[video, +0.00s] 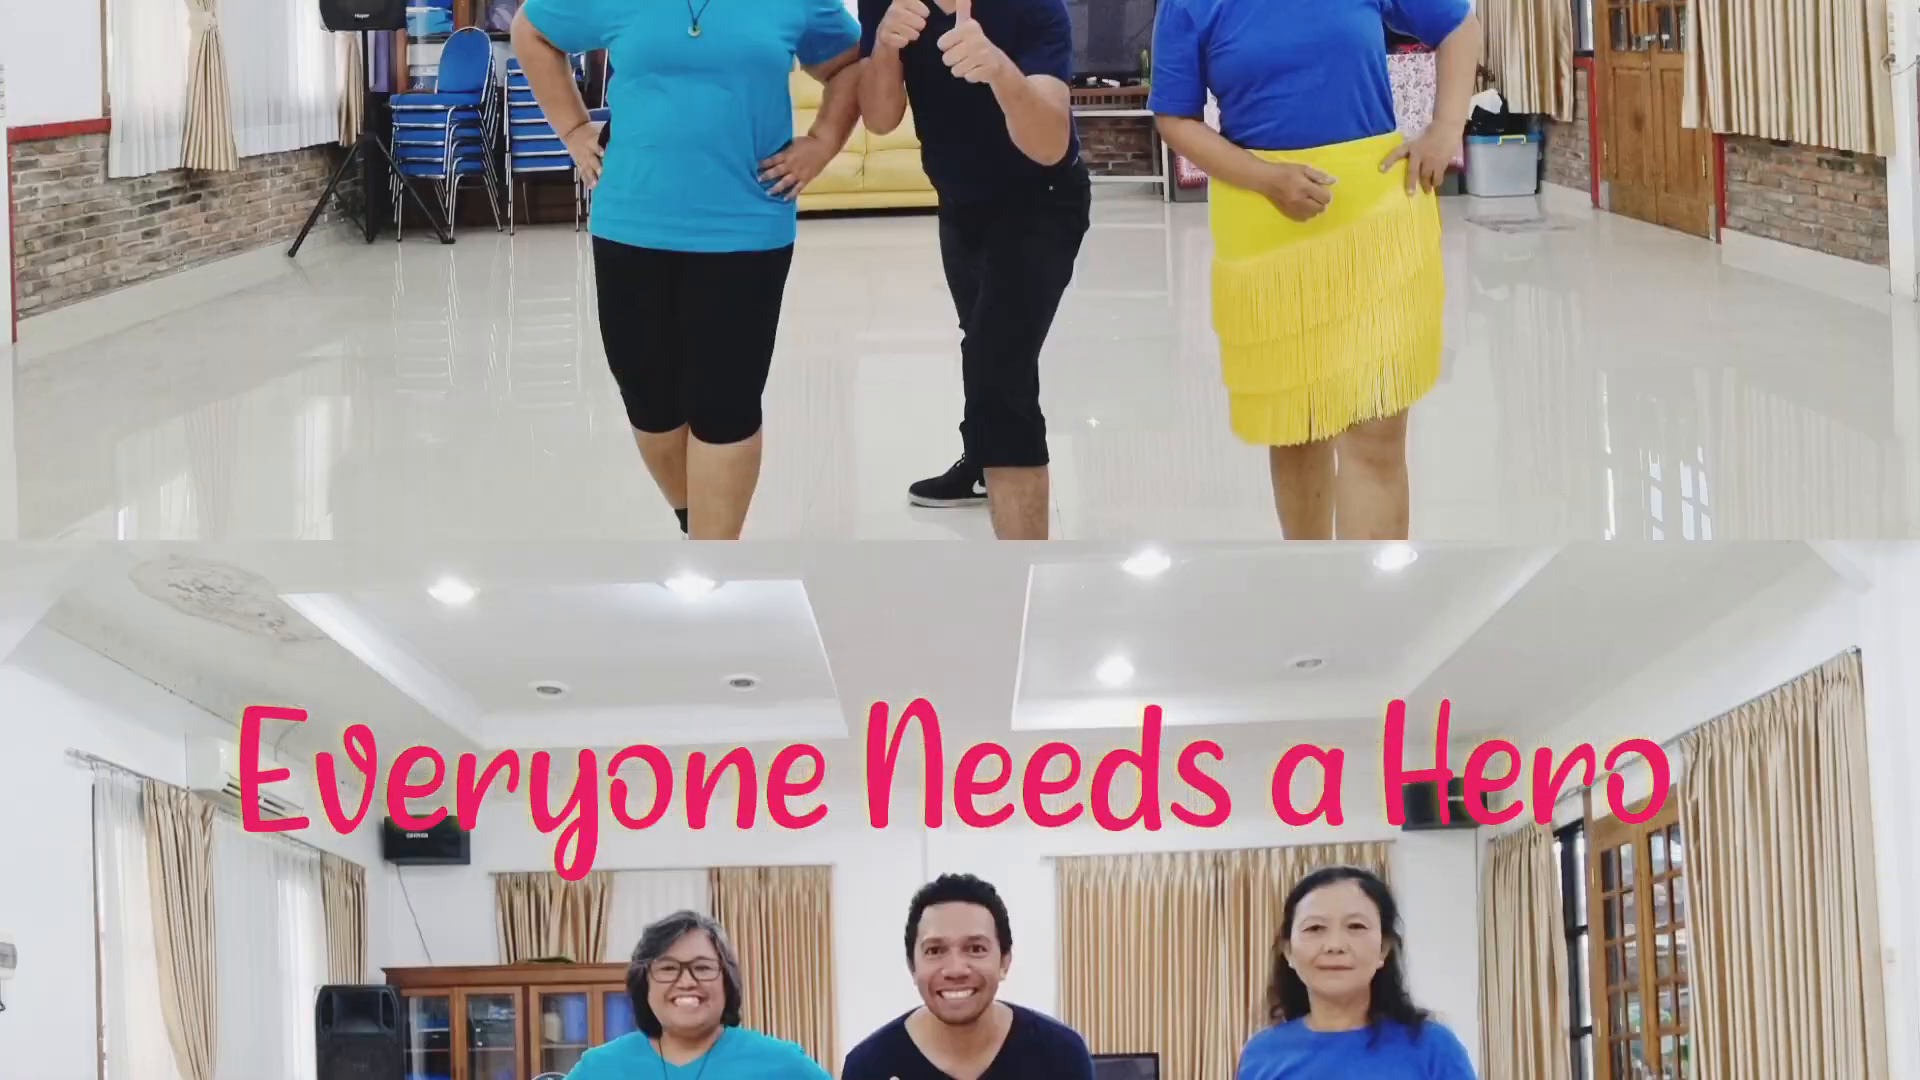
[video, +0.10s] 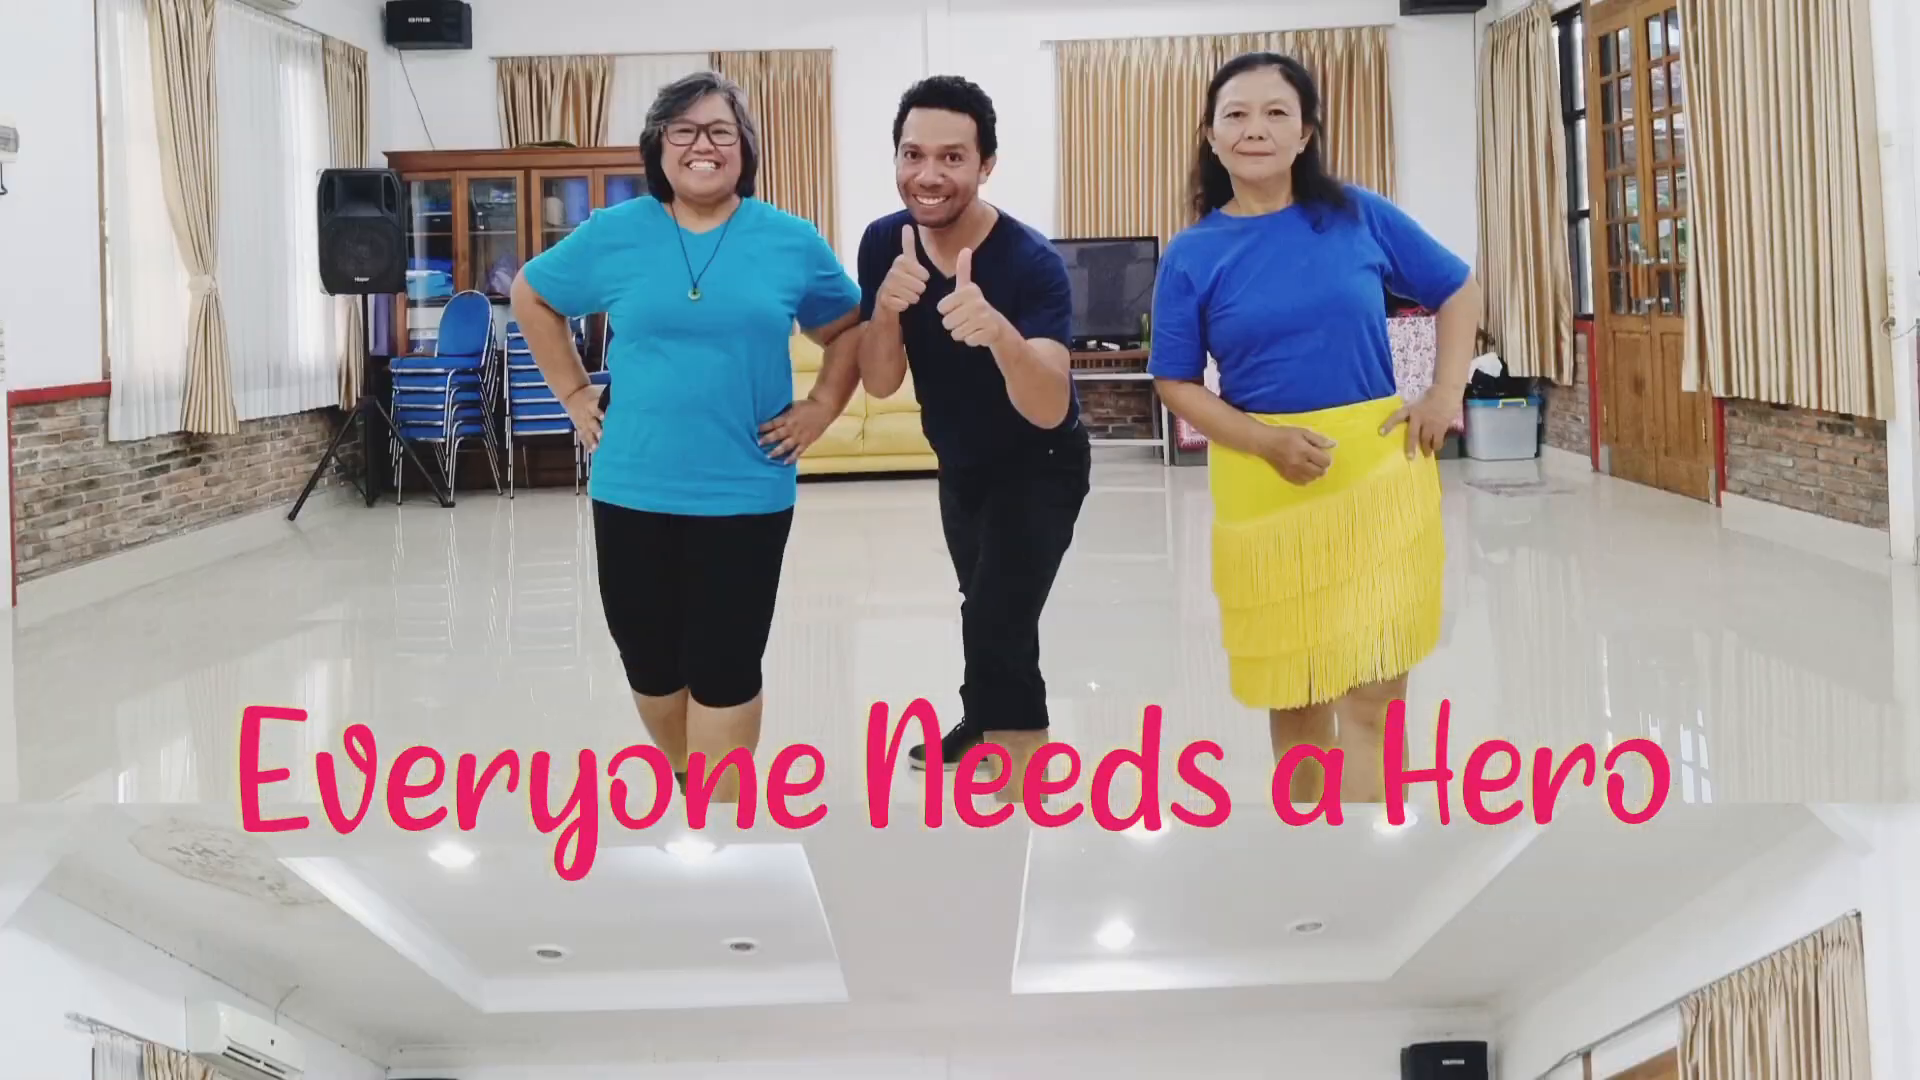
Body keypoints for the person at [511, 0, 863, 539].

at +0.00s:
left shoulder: (797, 6)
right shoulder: (614, 5)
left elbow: (849, 65)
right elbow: (530, 29)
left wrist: (821, 144)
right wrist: (575, 128)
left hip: (745, 227)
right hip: (631, 223)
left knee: (724, 413)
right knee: (653, 411)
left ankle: (707, 577)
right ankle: (695, 526)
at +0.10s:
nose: (703, 144)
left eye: (720, 132)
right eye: (686, 131)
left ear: (746, 150)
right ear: (659, 149)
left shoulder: (790, 241)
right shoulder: (615, 232)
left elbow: (848, 331)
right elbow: (530, 294)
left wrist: (822, 406)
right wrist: (573, 393)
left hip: (744, 499)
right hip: (632, 495)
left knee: (723, 682)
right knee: (654, 678)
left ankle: (720, 834)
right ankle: (685, 797)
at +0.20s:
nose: (703, 304)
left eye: (720, 292)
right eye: (686, 291)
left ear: (746, 310)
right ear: (659, 309)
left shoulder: (789, 401)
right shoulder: (614, 393)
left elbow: (848, 491)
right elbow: (530, 453)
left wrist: (822, 566)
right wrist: (574, 553)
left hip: (745, 657)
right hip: (633, 653)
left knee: (725, 837)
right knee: (654, 837)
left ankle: (707, 997)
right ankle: (700, 958)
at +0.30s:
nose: (703, 386)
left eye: (720, 374)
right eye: (686, 374)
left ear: (746, 391)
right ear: (660, 391)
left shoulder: (789, 483)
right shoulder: (616, 475)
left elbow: (848, 574)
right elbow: (530, 535)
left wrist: (822, 648)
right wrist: (574, 635)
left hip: (743, 744)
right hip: (632, 741)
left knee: (724, 928)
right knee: (657, 927)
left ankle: (711, 1064)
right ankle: (702, 1041)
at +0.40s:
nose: (703, 417)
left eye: (720, 404)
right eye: (685, 404)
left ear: (746, 422)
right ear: (659, 421)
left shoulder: (790, 514)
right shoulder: (615, 505)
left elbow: (848, 604)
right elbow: (530, 565)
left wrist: (821, 679)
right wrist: (574, 666)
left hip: (743, 778)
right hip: (632, 774)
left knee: (724, 956)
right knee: (656, 955)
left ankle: (715, 1079)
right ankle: (701, 1063)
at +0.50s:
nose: (703, 421)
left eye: (720, 408)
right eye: (686, 408)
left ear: (746, 427)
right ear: (659, 425)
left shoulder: (790, 518)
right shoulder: (614, 510)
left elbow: (848, 608)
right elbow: (530, 570)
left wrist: (821, 683)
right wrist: (575, 670)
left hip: (743, 783)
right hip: (631, 779)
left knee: (724, 962)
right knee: (657, 961)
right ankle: (701, 1065)